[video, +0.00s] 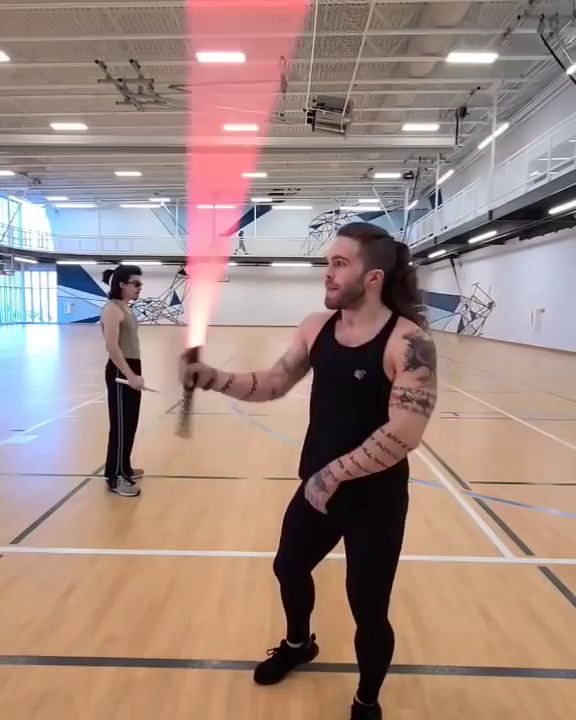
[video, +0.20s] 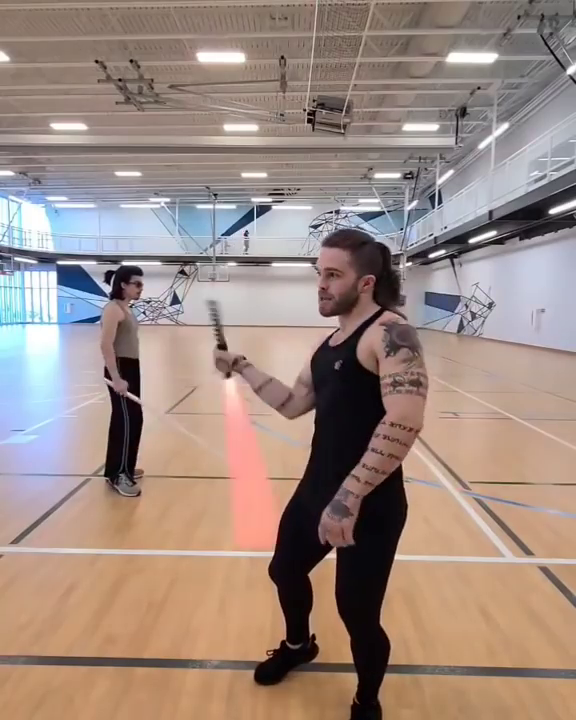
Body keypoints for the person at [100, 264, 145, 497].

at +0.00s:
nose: (138, 288)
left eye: (139, 284)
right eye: (134, 284)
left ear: (131, 287)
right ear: (121, 285)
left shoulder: (125, 309)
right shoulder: (112, 310)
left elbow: (127, 343)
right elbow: (112, 347)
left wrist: (136, 371)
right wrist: (130, 375)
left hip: (132, 367)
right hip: (119, 369)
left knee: (130, 424)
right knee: (120, 426)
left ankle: (124, 467)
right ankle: (114, 477)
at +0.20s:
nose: (139, 289)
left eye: (140, 285)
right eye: (136, 284)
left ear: (132, 287)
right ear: (122, 285)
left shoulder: (125, 309)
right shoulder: (113, 309)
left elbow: (124, 342)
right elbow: (106, 344)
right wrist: (116, 377)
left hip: (130, 366)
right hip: (120, 368)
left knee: (131, 420)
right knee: (127, 420)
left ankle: (126, 468)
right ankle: (117, 473)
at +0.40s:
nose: (140, 289)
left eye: (141, 285)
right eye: (136, 285)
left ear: (129, 287)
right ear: (123, 285)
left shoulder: (126, 310)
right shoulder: (113, 309)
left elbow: (130, 347)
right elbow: (105, 344)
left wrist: (139, 374)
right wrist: (112, 378)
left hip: (131, 368)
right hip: (121, 370)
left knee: (125, 422)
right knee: (130, 423)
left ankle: (119, 472)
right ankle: (127, 474)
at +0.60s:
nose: (141, 290)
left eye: (142, 286)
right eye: (137, 285)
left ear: (133, 287)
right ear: (124, 284)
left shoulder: (127, 310)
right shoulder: (114, 310)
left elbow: (135, 346)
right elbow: (110, 347)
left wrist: (147, 372)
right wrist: (121, 379)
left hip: (133, 369)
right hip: (122, 371)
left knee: (124, 423)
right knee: (129, 425)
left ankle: (115, 469)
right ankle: (131, 478)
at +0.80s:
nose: (142, 290)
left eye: (143, 286)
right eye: (138, 285)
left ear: (134, 287)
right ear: (124, 284)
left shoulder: (129, 310)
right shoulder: (115, 310)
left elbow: (137, 346)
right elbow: (115, 349)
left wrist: (148, 373)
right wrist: (131, 379)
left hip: (136, 369)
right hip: (125, 370)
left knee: (126, 424)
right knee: (132, 425)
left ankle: (116, 470)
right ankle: (133, 479)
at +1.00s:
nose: (145, 289)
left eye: (146, 285)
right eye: (141, 284)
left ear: (137, 287)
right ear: (127, 284)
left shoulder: (131, 310)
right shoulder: (118, 312)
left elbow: (136, 347)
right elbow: (120, 351)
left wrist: (147, 373)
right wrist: (136, 381)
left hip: (136, 369)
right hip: (125, 371)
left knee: (130, 425)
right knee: (134, 428)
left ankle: (117, 468)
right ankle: (133, 479)